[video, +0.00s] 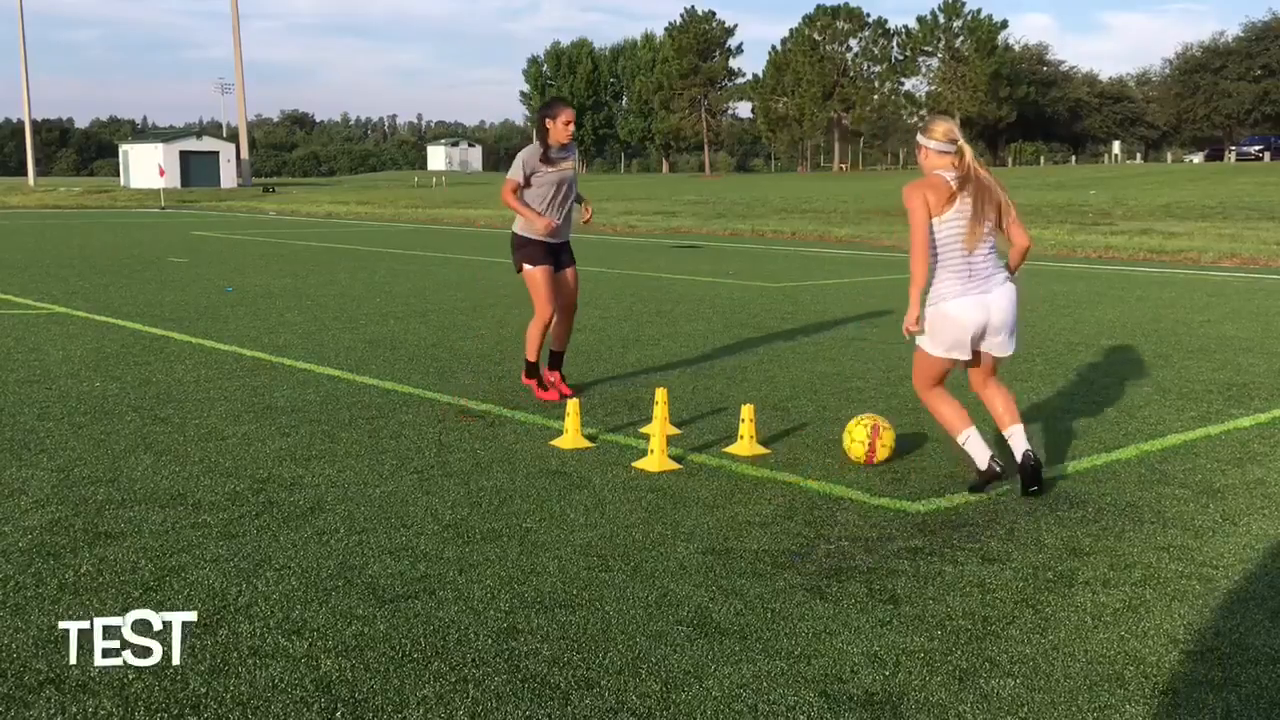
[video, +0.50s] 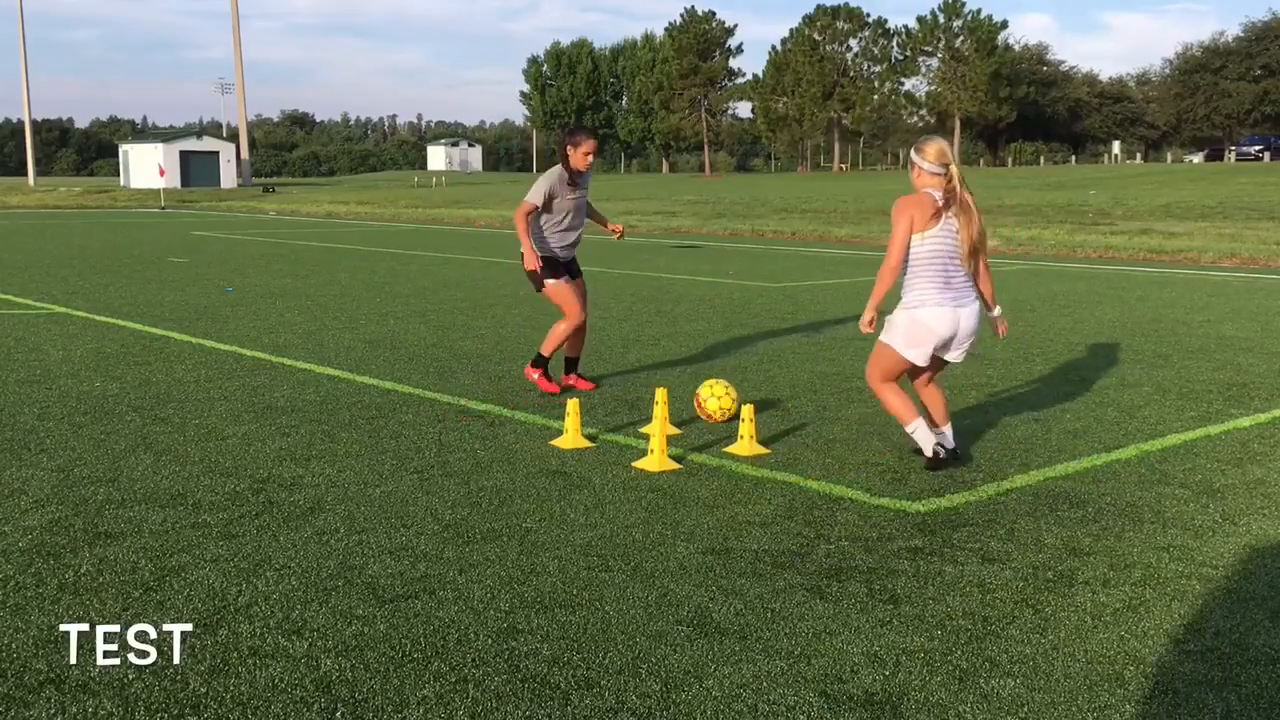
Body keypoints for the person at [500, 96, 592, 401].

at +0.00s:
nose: (572, 129)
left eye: (573, 124)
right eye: (566, 124)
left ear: (572, 126)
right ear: (548, 124)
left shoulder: (569, 153)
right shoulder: (529, 155)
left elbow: (564, 187)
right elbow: (507, 194)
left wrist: (583, 201)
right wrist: (535, 218)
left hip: (560, 241)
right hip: (531, 241)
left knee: (568, 307)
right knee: (545, 311)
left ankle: (553, 372)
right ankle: (531, 374)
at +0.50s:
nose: (591, 160)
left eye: (593, 155)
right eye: (586, 155)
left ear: (593, 155)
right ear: (569, 151)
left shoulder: (583, 177)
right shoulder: (551, 178)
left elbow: (582, 206)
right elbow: (521, 213)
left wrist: (607, 225)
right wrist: (527, 249)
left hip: (567, 256)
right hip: (542, 256)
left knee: (580, 316)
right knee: (574, 315)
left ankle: (570, 374)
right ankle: (536, 367)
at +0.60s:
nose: (590, 172)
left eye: (593, 166)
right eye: (586, 165)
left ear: (595, 165)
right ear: (569, 162)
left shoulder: (586, 189)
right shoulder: (546, 186)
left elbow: (601, 217)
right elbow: (510, 214)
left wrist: (628, 239)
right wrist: (501, 254)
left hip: (553, 258)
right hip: (533, 257)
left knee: (576, 313)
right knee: (586, 299)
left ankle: (570, 371)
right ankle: (565, 359)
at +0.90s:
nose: (564, 182)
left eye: (567, 176)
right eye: (559, 176)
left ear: (570, 174)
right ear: (543, 171)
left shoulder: (571, 198)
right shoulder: (522, 195)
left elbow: (596, 222)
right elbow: (490, 224)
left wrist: (617, 221)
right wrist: (480, 262)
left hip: (538, 268)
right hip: (507, 266)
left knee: (566, 323)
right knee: (542, 308)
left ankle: (568, 378)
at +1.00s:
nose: (542, 173)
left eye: (545, 167)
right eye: (537, 167)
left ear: (548, 164)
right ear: (522, 162)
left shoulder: (551, 188)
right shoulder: (500, 188)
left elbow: (566, 216)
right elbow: (471, 225)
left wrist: (581, 211)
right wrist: (470, 258)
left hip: (531, 273)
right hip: (497, 272)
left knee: (555, 329)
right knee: (497, 336)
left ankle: (563, 375)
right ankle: (460, 389)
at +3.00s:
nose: (598, 141)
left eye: (600, 136)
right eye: (593, 135)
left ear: (598, 138)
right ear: (576, 136)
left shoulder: (594, 165)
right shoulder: (558, 166)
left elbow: (586, 201)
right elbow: (531, 202)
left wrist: (607, 215)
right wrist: (553, 235)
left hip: (583, 247)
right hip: (553, 249)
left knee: (602, 308)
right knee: (567, 318)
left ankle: (588, 364)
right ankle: (555, 379)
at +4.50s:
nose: (533, 169)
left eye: (539, 162)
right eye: (528, 161)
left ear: (547, 159)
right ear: (517, 157)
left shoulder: (562, 186)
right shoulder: (501, 187)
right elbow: (470, 222)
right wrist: (442, 255)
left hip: (546, 272)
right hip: (505, 268)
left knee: (547, 335)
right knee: (484, 331)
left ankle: (544, 408)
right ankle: (463, 380)